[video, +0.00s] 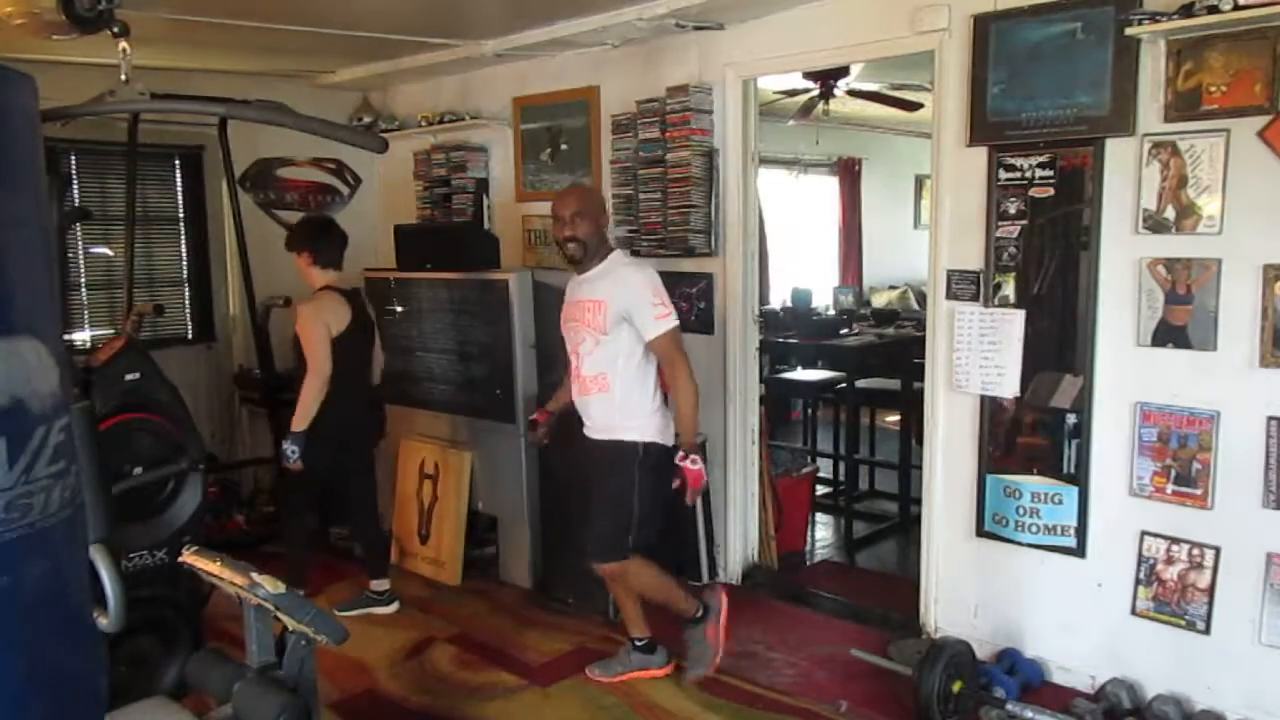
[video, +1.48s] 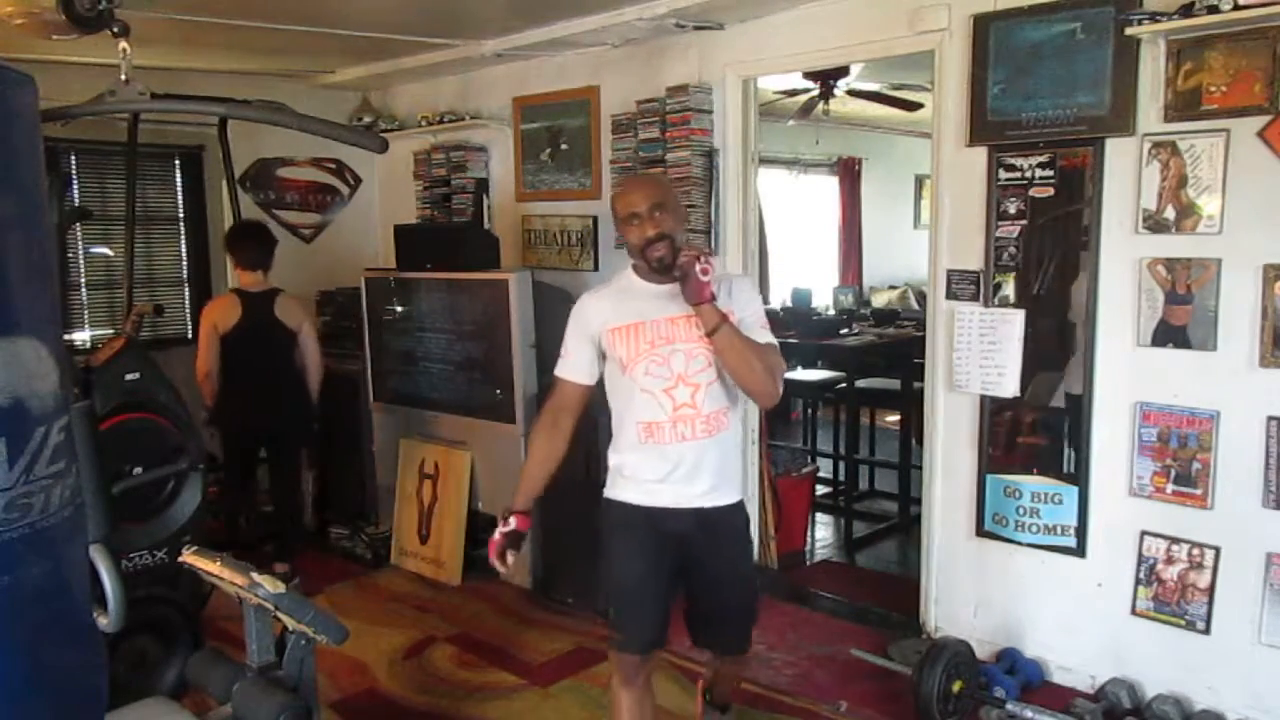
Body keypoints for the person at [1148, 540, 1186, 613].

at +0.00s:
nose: (1173, 554)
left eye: (1176, 552)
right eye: (1170, 551)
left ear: (1179, 553)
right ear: (1167, 552)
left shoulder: (1183, 567)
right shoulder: (1161, 564)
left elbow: (1181, 585)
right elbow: (1152, 581)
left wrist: (1174, 602)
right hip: (1159, 599)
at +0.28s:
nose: (1172, 554)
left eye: (1176, 552)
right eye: (1170, 551)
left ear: (1179, 553)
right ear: (1167, 551)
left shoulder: (1182, 567)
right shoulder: (1160, 565)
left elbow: (1180, 585)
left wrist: (1173, 603)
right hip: (1159, 599)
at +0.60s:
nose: (1173, 554)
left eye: (1176, 552)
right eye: (1170, 551)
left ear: (1179, 553)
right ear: (1167, 552)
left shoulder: (1183, 567)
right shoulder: (1160, 565)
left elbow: (1182, 585)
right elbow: (1153, 580)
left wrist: (1174, 603)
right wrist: (1151, 595)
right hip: (1160, 599)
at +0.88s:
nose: (1173, 554)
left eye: (1176, 552)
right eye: (1171, 551)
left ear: (1179, 553)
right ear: (1167, 551)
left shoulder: (1183, 567)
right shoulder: (1160, 565)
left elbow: (1181, 585)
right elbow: (1154, 580)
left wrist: (1174, 603)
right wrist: (1151, 595)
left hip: (1174, 601)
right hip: (1159, 599)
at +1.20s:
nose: (1173, 554)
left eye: (1176, 552)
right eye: (1171, 551)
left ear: (1180, 553)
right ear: (1167, 551)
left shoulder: (1183, 567)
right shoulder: (1160, 565)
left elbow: (1181, 585)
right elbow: (1153, 580)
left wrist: (1174, 602)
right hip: (1159, 600)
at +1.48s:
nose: (1173, 554)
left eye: (1176, 552)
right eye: (1171, 551)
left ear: (1180, 553)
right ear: (1167, 551)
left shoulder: (1183, 567)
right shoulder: (1160, 565)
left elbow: (1181, 585)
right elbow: (1153, 580)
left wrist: (1174, 602)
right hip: (1159, 600)